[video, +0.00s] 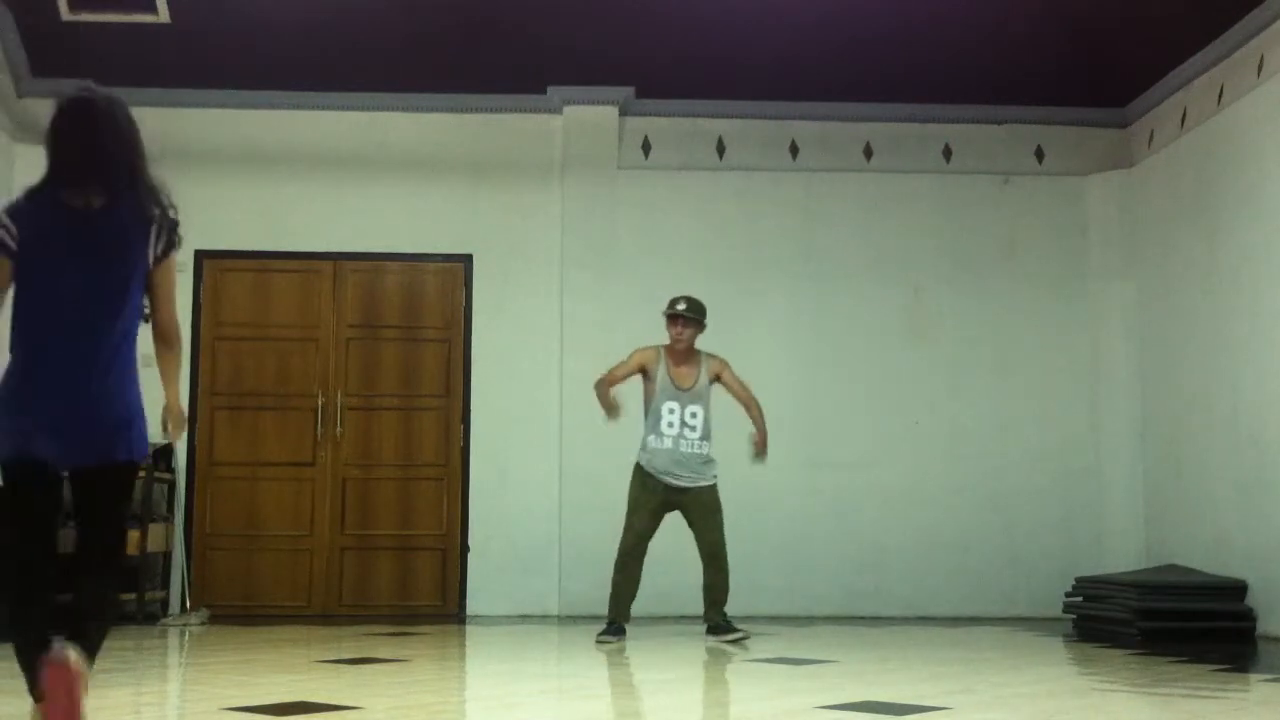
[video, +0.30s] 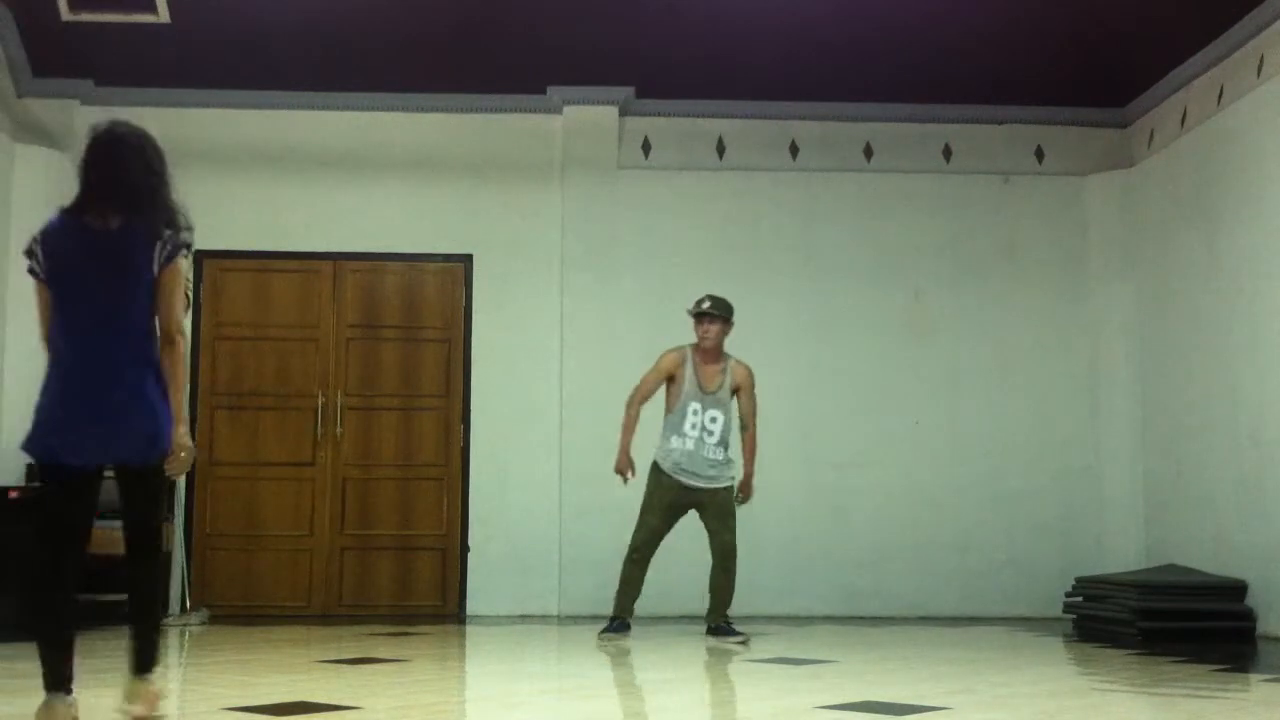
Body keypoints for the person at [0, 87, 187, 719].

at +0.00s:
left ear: (56, 146)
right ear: (127, 147)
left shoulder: (24, 216)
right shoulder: (150, 219)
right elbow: (165, 324)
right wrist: (173, 395)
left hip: (27, 405)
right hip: (110, 408)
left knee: (25, 550)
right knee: (105, 544)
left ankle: (46, 693)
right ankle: (75, 651)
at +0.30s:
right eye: (146, 168)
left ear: (87, 170)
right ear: (150, 174)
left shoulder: (52, 237)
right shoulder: (162, 234)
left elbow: (49, 334)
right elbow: (171, 333)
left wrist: (76, 386)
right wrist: (180, 421)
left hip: (69, 405)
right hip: (140, 408)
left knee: (60, 546)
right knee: (147, 542)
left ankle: (58, 694)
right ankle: (144, 679)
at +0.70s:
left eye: (143, 202)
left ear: (139, 210)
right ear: (196, 210)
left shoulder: (112, 270)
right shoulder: (215, 271)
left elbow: (96, 360)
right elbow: (224, 362)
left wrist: (92, 433)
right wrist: (235, 444)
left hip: (125, 431)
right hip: (192, 430)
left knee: (143, 537)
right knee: (177, 551)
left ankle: (135, 639)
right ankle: (158, 682)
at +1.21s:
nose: (179, 248)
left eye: (183, 241)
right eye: (182, 239)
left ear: (194, 248)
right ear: (234, 248)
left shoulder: (175, 301)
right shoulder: (256, 306)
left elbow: (156, 379)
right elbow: (262, 382)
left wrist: (135, 439)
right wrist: (264, 442)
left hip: (177, 440)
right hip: (235, 440)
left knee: (175, 546)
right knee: (211, 535)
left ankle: (182, 664)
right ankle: (217, 611)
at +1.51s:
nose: (211, 276)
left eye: (218, 269)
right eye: (213, 269)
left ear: (238, 274)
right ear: (249, 275)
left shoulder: (240, 324)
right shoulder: (261, 325)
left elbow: (217, 382)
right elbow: (269, 397)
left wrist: (194, 419)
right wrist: (273, 456)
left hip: (230, 450)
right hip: (251, 450)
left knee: (213, 549)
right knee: (241, 548)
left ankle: (210, 655)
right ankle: (264, 643)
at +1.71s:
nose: (239, 286)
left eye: (246, 278)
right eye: (239, 278)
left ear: (269, 280)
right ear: (262, 282)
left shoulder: (289, 326)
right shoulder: (252, 328)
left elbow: (289, 393)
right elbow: (247, 391)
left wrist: (266, 447)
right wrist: (238, 447)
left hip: (272, 450)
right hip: (247, 449)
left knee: (252, 542)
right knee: (251, 543)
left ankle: (279, 641)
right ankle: (279, 639)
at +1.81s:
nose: (255, 287)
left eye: (263, 279)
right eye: (254, 279)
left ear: (287, 283)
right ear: (255, 285)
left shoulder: (304, 328)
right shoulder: (255, 331)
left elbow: (319, 383)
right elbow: (258, 397)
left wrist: (329, 437)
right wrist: (240, 442)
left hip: (294, 457)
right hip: (255, 459)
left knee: (283, 543)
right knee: (263, 549)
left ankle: (330, 622)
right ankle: (267, 643)